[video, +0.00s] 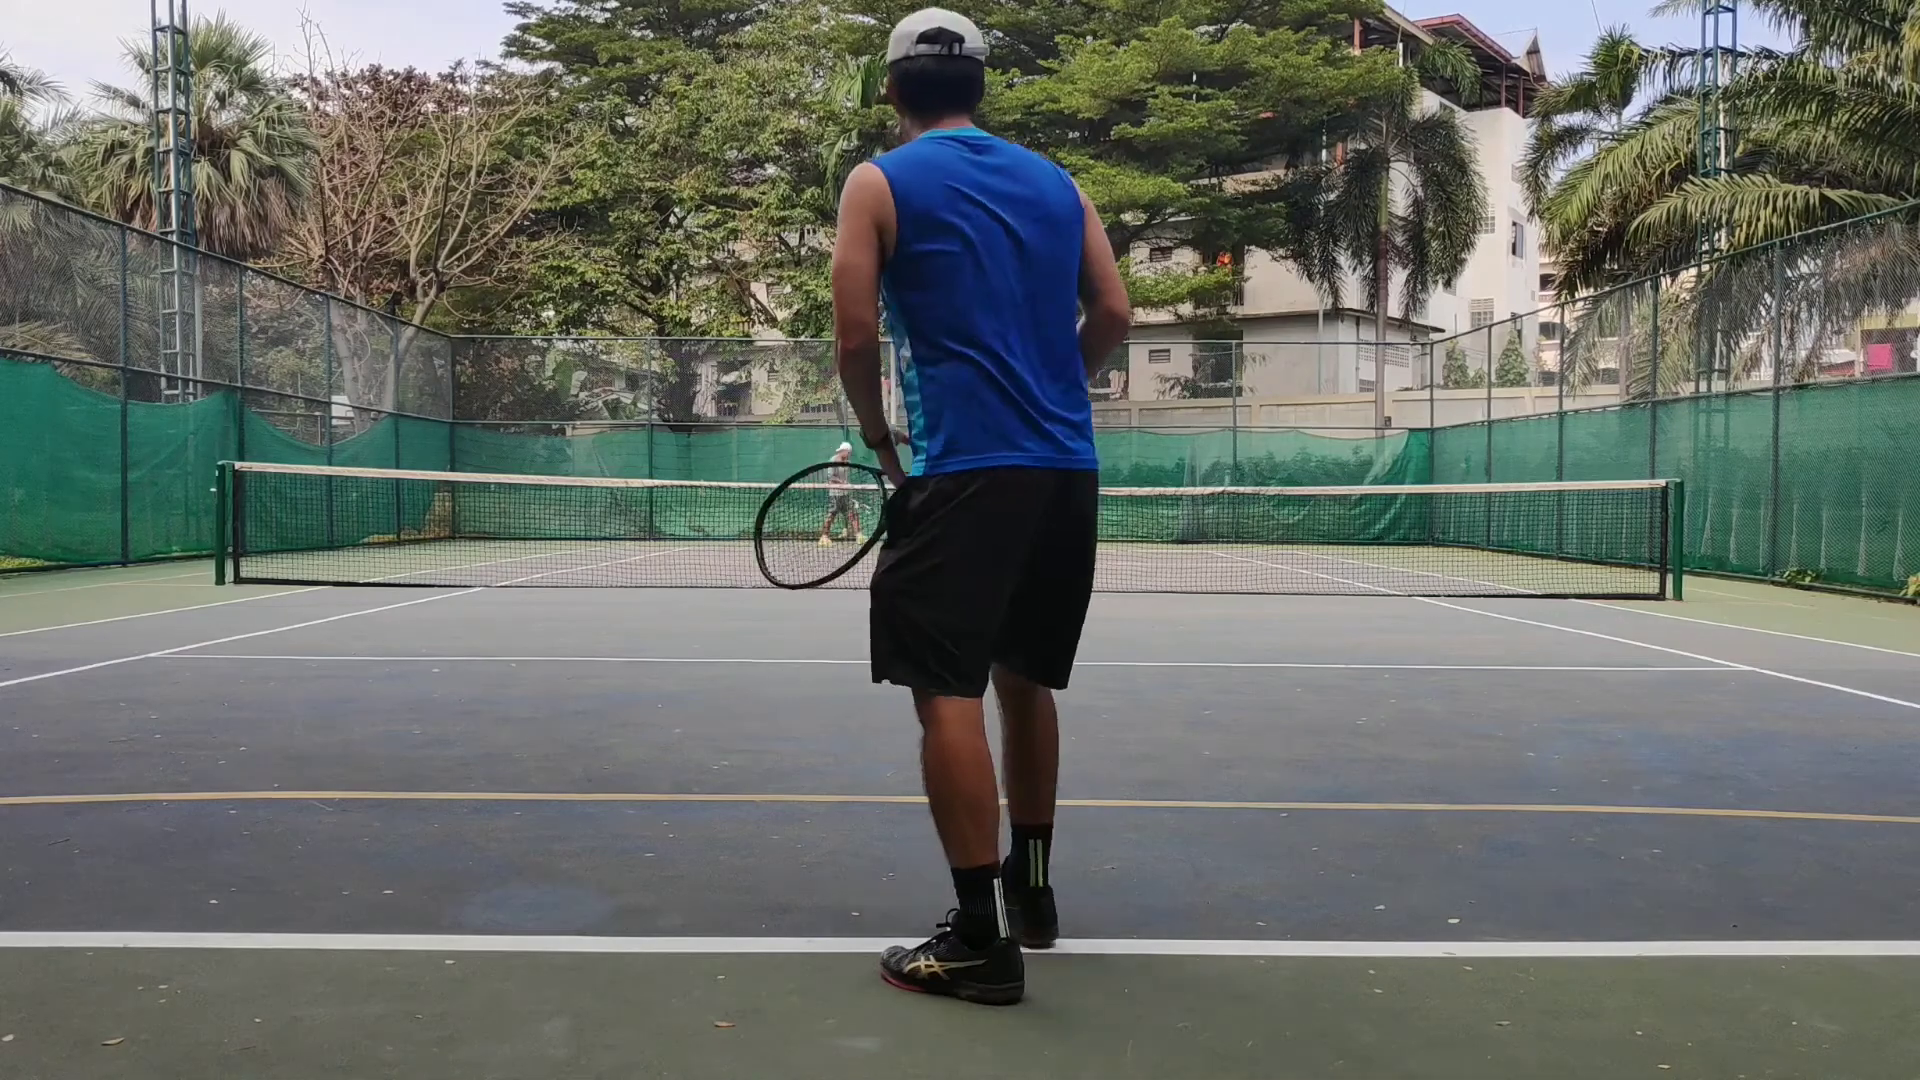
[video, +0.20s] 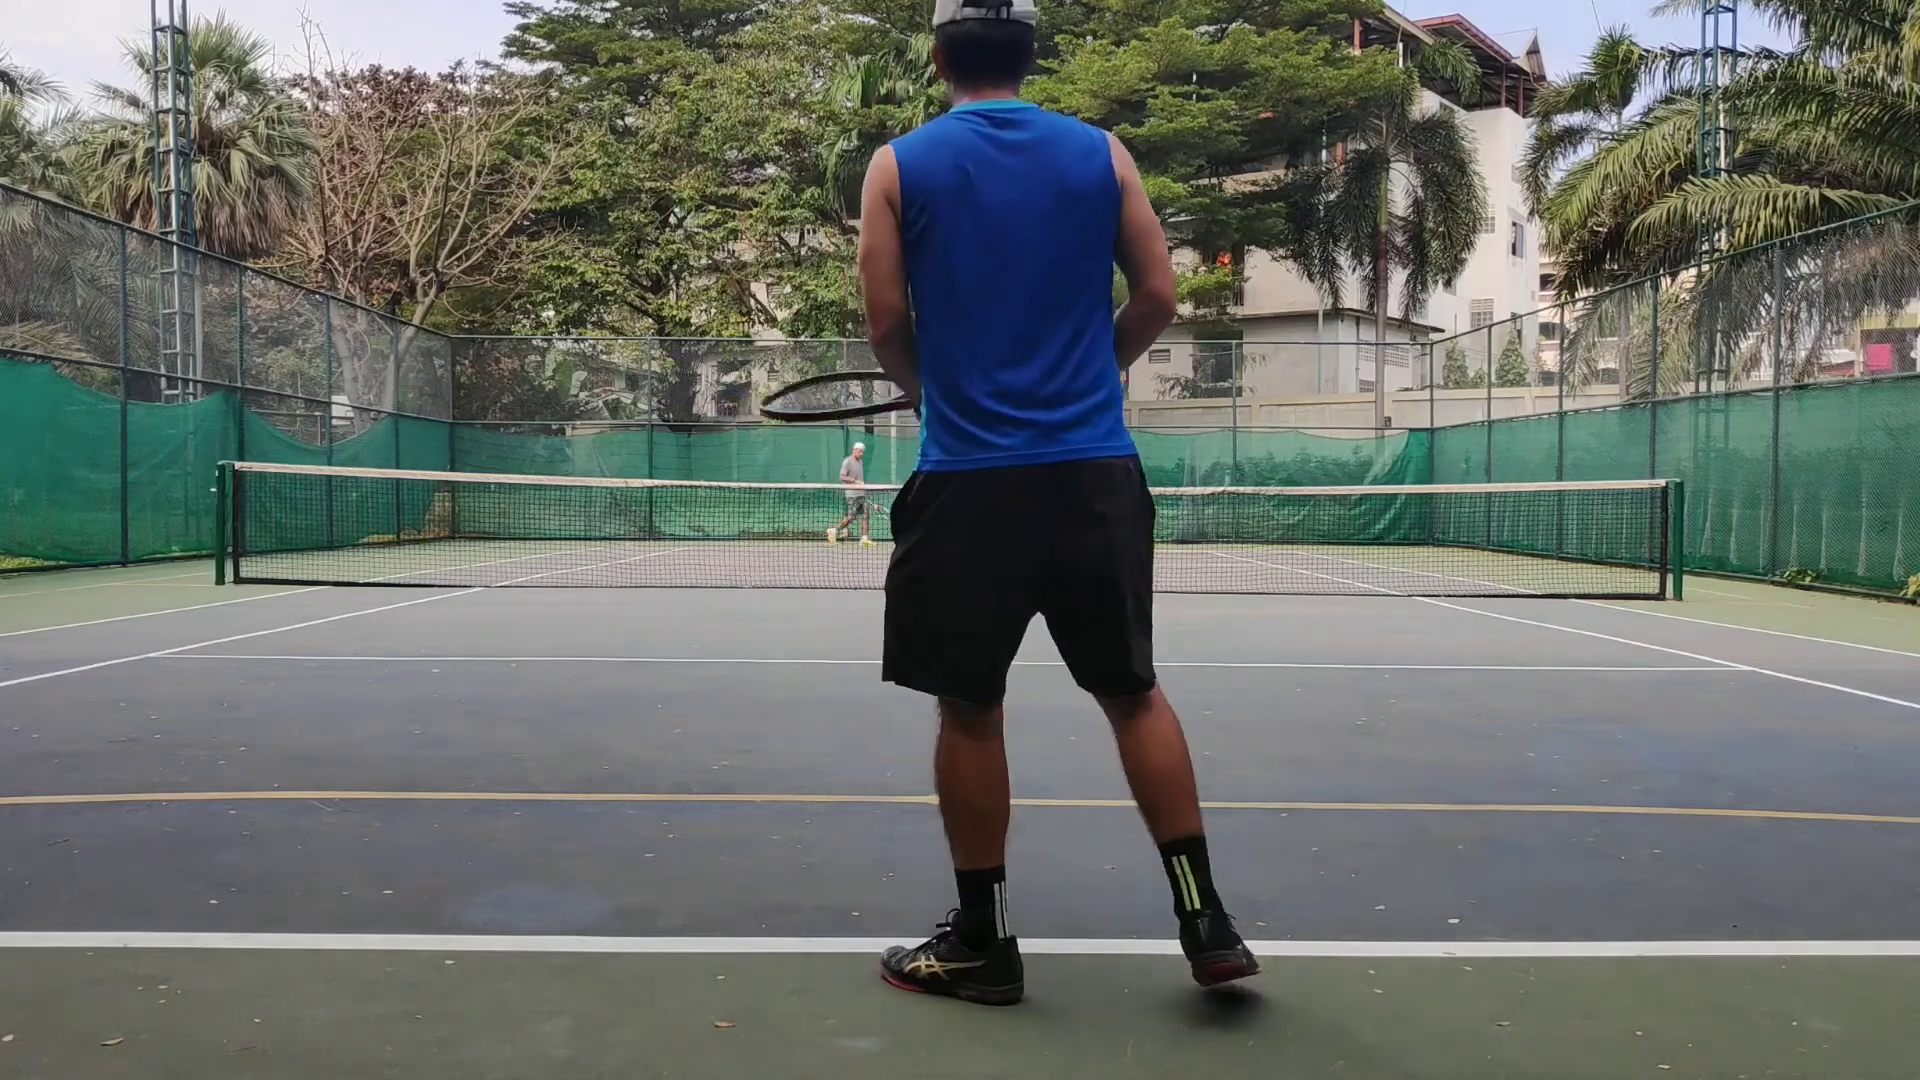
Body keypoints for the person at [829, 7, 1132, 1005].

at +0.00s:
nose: (886, 113)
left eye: (885, 101)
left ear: (896, 100)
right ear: (981, 97)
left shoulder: (881, 180)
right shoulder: (1058, 183)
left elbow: (853, 335)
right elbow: (1112, 315)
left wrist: (878, 436)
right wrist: (1059, 381)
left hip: (963, 481)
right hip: (1068, 480)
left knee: (947, 692)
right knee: (1027, 680)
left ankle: (979, 938)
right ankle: (1029, 887)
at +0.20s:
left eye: (946, 53)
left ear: (940, 64)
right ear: (1027, 61)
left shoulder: (898, 165)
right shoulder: (1102, 153)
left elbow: (886, 322)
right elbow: (1156, 296)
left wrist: (930, 383)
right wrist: (1094, 368)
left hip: (971, 495)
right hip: (1099, 487)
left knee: (969, 710)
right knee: (1134, 691)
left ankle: (980, 940)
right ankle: (1204, 920)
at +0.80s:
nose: (1070, 25)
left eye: (1061, 17)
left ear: (1063, 22)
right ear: (1166, 21)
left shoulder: (1006, 132)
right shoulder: (1232, 111)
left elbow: (966, 284)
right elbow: (1293, 254)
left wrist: (1034, 318)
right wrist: (1233, 343)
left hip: (1064, 463)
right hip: (1208, 454)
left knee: (1074, 714)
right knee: (1274, 710)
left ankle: (1097, 981)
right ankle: (1348, 976)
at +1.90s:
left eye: (1100, 15)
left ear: (1103, 10)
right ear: (1209, 8)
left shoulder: (1033, 112)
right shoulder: (1282, 97)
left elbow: (961, 276)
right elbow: (1327, 279)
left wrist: (1045, 312)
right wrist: (1242, 378)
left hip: (1044, 479)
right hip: (1208, 482)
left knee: (1006, 736)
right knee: (1299, 739)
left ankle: (955, 1027)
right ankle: (1281, 1036)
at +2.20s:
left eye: (1131, 40)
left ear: (1127, 57)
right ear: (1238, 66)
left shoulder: (1052, 177)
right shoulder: (1282, 165)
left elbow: (988, 383)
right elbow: (1296, 374)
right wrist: (1229, 480)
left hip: (1034, 546)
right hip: (1191, 546)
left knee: (1053, 779)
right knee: (1340, 794)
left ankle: (910, 1039)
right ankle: (1340, 1064)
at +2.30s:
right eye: (1238, 35)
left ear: (1122, 43)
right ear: (1238, 50)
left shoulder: (1063, 155)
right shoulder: (1239, 141)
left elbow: (1101, 326)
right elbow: (1242, 359)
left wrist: (1258, 387)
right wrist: (1240, 496)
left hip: (990, 522)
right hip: (1126, 522)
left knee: (1051, 777)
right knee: (1316, 770)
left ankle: (911, 1049)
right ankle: (1337, 1063)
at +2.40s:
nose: (1253, 49)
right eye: (1255, 35)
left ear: (1134, 32)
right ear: (1243, 36)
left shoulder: (1095, 130)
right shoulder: (1199, 115)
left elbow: (1148, 358)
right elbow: (1225, 329)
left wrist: (1315, 376)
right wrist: (1318, 459)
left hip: (975, 507)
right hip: (1082, 506)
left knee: (1049, 782)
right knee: (1296, 765)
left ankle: (906, 1050)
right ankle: (1313, 1069)